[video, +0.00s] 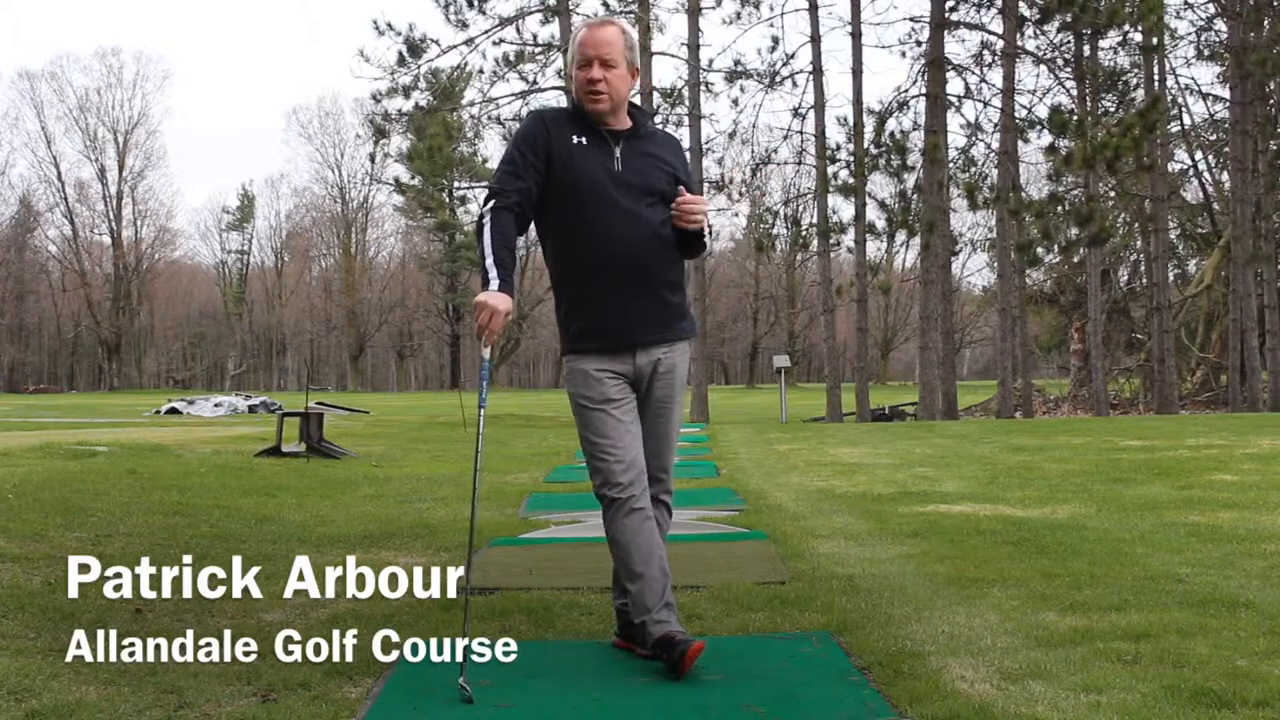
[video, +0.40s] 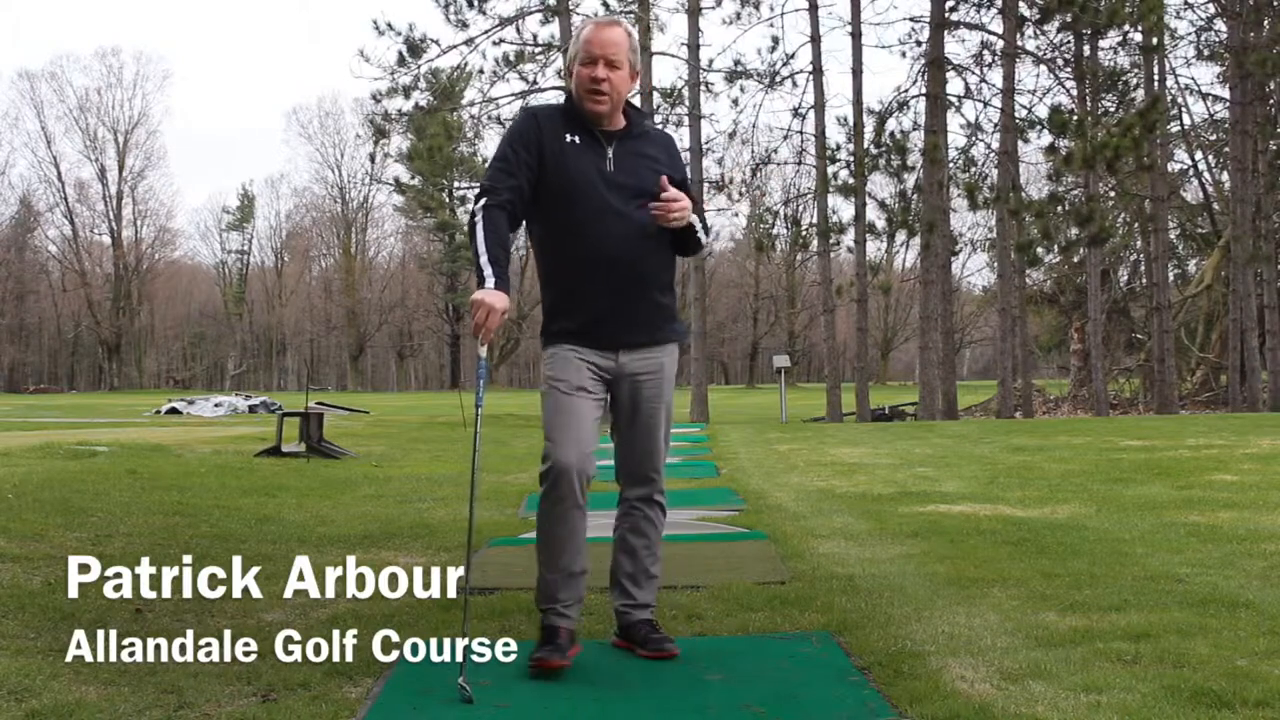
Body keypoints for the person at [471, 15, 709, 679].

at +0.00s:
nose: (593, 75)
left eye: (606, 64)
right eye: (583, 64)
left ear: (632, 74)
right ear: (569, 73)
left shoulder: (665, 147)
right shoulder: (545, 132)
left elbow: (688, 249)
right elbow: (503, 207)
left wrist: (695, 226)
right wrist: (498, 284)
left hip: (666, 341)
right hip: (591, 347)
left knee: (655, 490)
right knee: (624, 487)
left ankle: (632, 618)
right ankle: (663, 629)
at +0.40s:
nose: (597, 74)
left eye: (611, 64)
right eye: (587, 62)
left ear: (633, 76)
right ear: (569, 70)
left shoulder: (657, 142)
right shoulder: (538, 127)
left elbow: (690, 243)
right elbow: (495, 205)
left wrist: (687, 221)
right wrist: (494, 282)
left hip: (651, 341)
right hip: (571, 340)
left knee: (645, 484)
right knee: (566, 467)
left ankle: (637, 616)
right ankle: (558, 623)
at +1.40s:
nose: (539, 69)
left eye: (551, 59)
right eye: (527, 55)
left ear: (564, 68)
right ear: (499, 60)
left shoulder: (590, 135)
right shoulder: (458, 140)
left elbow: (646, 210)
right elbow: (426, 238)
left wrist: (663, 158)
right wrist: (420, 332)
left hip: (576, 342)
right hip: (495, 347)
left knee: (609, 481)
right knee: (512, 493)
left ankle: (624, 609)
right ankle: (528, 628)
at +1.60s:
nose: (524, 66)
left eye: (538, 55)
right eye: (513, 52)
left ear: (557, 67)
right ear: (491, 59)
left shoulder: (589, 132)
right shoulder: (453, 141)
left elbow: (643, 202)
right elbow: (426, 243)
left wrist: (670, 169)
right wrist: (425, 336)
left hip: (577, 341)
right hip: (495, 346)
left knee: (592, 492)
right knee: (514, 495)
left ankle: (605, 626)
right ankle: (527, 630)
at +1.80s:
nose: (523, 62)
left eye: (537, 51)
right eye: (512, 49)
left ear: (556, 62)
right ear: (491, 58)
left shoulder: (587, 130)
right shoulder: (457, 140)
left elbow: (630, 220)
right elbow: (434, 242)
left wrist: (619, 217)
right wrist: (438, 336)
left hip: (581, 338)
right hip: (498, 342)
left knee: (596, 491)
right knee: (516, 494)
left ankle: (608, 627)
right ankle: (528, 631)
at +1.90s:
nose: (523, 61)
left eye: (537, 51)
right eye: (511, 49)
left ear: (556, 62)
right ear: (491, 58)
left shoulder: (589, 130)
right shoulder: (457, 140)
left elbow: (628, 209)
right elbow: (434, 243)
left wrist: (619, 220)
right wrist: (439, 336)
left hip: (582, 339)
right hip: (499, 342)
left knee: (597, 491)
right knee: (517, 494)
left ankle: (608, 628)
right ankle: (528, 631)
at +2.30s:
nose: (541, 66)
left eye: (553, 55)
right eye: (528, 52)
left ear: (565, 65)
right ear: (499, 59)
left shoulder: (590, 134)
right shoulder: (456, 139)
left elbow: (644, 213)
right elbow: (430, 241)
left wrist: (650, 190)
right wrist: (433, 334)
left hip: (579, 341)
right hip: (497, 346)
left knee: (595, 493)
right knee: (516, 496)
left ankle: (608, 627)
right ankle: (527, 630)